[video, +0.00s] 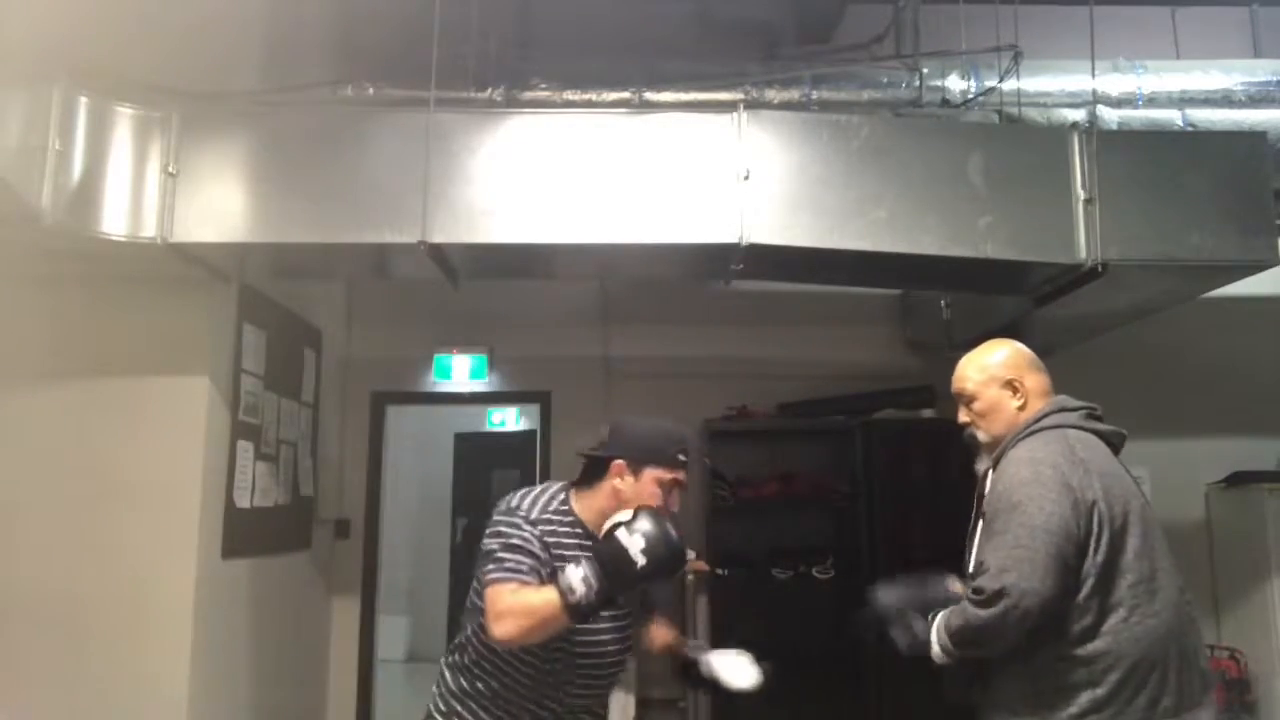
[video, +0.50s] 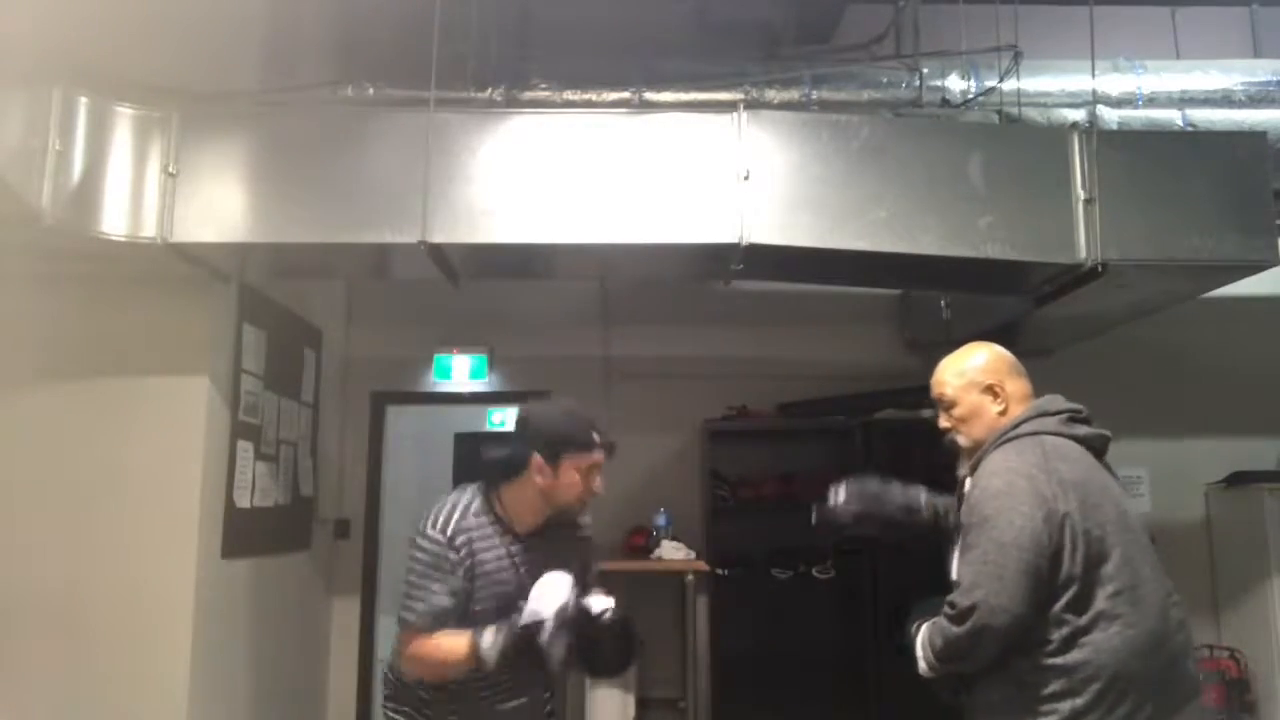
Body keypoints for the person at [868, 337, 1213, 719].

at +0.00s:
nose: (960, 417)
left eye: (967, 400)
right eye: (958, 404)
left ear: (1016, 393)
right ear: (1017, 394)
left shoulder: (1035, 461)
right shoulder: (1074, 447)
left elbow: (1019, 597)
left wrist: (936, 634)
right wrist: (966, 590)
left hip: (1097, 699)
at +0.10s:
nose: (964, 417)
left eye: (971, 400)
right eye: (962, 404)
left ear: (1019, 392)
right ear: (1024, 394)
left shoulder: (1034, 462)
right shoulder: (1081, 450)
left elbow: (1014, 596)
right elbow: (1036, 571)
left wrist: (940, 634)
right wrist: (926, 554)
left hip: (1095, 697)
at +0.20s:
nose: (965, 419)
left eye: (973, 401)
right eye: (962, 406)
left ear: (1021, 392)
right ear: (1024, 396)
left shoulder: (1034, 464)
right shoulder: (1082, 452)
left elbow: (1010, 597)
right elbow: (1017, 554)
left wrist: (939, 630)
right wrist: (915, 544)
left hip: (1097, 698)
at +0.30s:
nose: (962, 418)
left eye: (970, 401)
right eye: (960, 405)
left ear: (1018, 394)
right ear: (1020, 395)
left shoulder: (1034, 464)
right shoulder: (1074, 447)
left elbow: (1011, 599)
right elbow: (1020, 554)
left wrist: (941, 635)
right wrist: (928, 542)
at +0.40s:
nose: (955, 420)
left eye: (963, 403)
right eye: (954, 406)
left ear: (1011, 394)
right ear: (1013, 396)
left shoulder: (1027, 465)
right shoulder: (1070, 449)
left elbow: (1009, 603)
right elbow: (1021, 547)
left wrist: (941, 639)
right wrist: (928, 534)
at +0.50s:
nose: (941, 424)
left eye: (948, 406)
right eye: (938, 410)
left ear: (996, 397)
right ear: (999, 399)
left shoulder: (1009, 471)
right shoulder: (1065, 453)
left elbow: (993, 613)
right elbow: (993, 519)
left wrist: (928, 646)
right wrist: (906, 506)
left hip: (1086, 697)